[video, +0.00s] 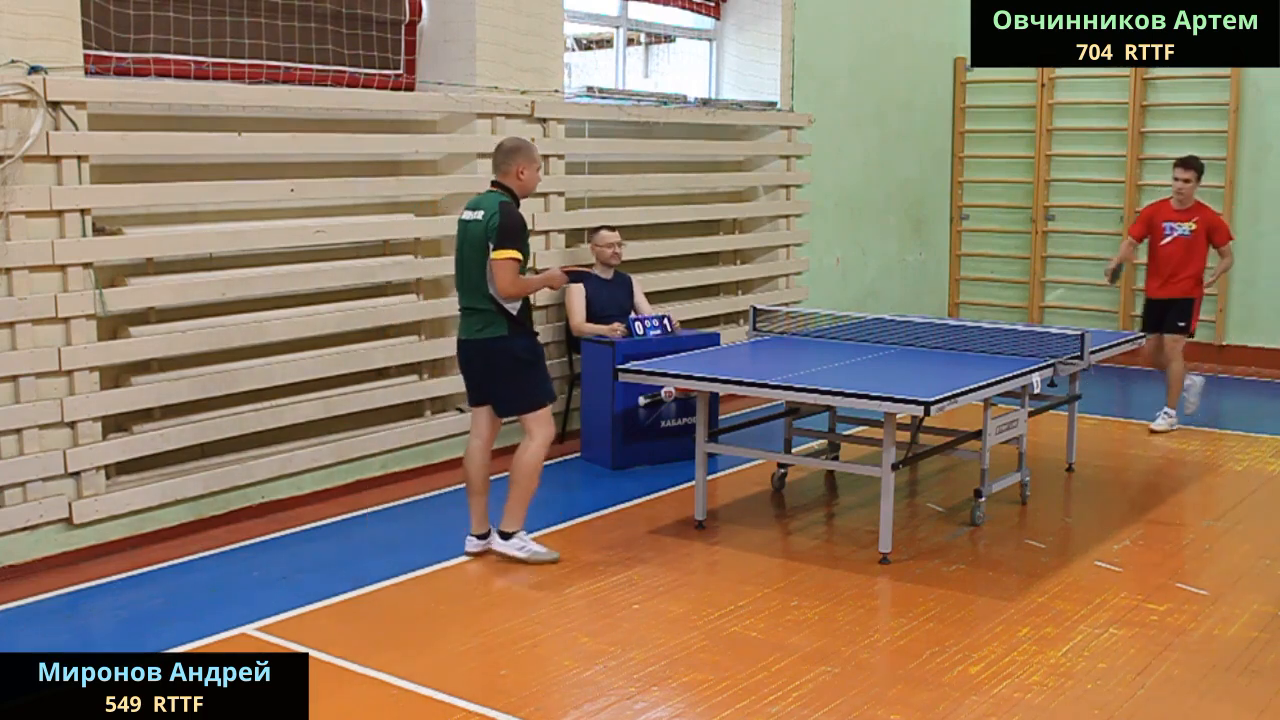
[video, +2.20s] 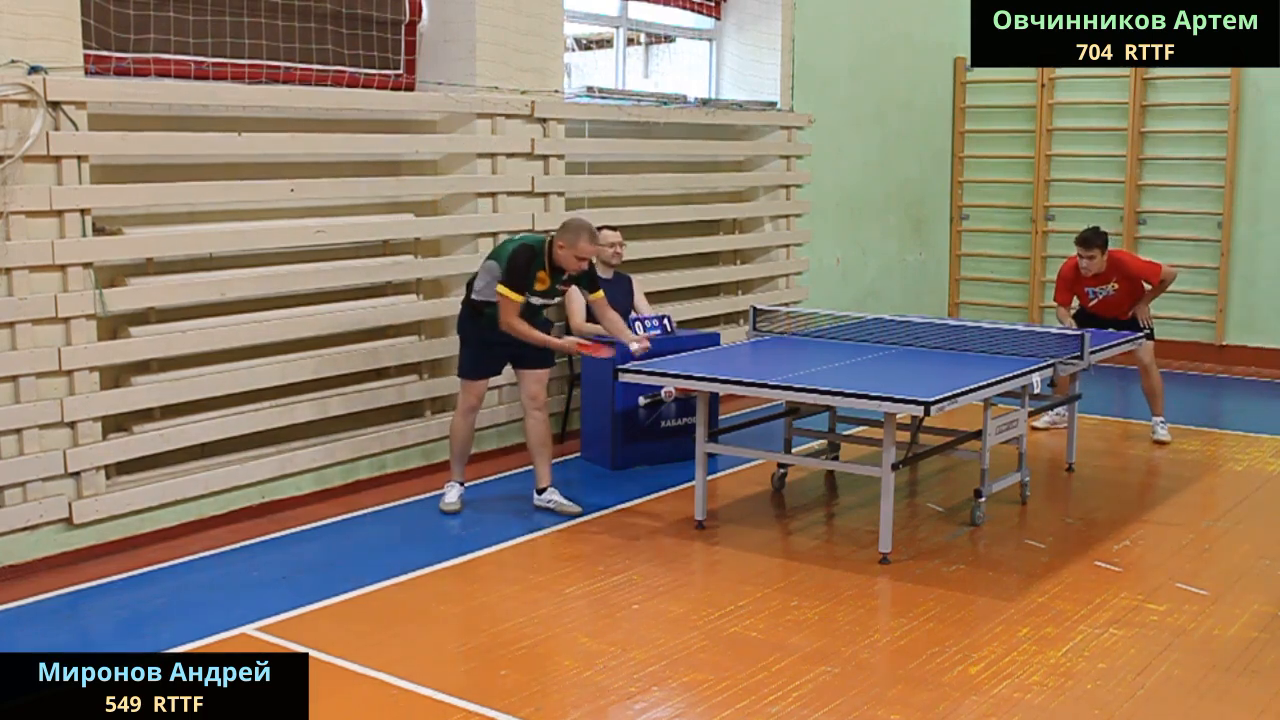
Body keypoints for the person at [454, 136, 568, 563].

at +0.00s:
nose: (538, 176)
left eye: (537, 169)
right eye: (536, 169)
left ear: (500, 170)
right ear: (520, 171)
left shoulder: (474, 207)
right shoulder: (507, 213)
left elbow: (479, 279)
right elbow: (506, 285)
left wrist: (528, 279)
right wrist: (545, 280)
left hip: (472, 341)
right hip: (507, 341)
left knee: (481, 431)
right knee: (541, 431)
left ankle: (479, 533)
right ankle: (511, 532)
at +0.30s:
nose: (565, 186)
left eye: (566, 178)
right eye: (564, 178)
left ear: (531, 175)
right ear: (547, 177)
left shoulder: (495, 206)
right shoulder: (533, 222)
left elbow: (473, 269)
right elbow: (538, 293)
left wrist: (515, 286)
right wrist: (575, 293)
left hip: (495, 337)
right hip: (520, 340)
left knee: (541, 411)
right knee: (525, 433)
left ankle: (502, 496)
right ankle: (510, 537)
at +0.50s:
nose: (584, 193)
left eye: (585, 186)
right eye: (582, 186)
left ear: (550, 180)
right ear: (564, 184)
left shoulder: (517, 206)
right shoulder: (544, 226)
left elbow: (488, 255)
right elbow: (551, 298)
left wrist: (528, 284)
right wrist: (607, 325)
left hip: (518, 331)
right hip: (515, 335)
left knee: (547, 410)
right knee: (527, 430)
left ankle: (541, 505)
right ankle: (509, 536)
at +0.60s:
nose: (594, 203)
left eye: (595, 196)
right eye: (592, 196)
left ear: (564, 190)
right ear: (571, 193)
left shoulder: (536, 209)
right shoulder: (547, 229)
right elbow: (561, 305)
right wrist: (618, 333)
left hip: (525, 330)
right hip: (510, 335)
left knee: (550, 410)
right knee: (528, 429)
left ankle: (549, 506)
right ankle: (509, 536)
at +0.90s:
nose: (602, 212)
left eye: (605, 205)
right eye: (599, 204)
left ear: (582, 199)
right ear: (575, 195)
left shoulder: (573, 227)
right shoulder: (543, 228)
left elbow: (574, 270)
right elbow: (530, 296)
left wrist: (611, 307)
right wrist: (587, 314)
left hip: (542, 324)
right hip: (505, 326)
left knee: (552, 409)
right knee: (511, 414)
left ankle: (550, 506)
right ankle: (481, 508)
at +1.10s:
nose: (593, 209)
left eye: (596, 202)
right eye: (590, 201)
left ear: (574, 197)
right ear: (565, 193)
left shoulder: (582, 236)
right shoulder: (520, 219)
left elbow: (615, 288)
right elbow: (480, 271)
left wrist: (665, 315)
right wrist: (526, 299)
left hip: (544, 330)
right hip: (497, 329)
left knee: (550, 412)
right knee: (488, 414)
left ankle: (549, 506)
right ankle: (461, 480)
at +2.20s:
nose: (585, 266)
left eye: (589, 260)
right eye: (580, 259)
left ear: (591, 255)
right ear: (559, 247)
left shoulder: (581, 267)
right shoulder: (523, 255)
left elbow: (604, 310)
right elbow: (506, 321)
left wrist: (630, 338)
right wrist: (559, 344)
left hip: (529, 320)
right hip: (483, 318)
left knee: (536, 400)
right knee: (470, 402)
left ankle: (544, 490)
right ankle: (455, 483)